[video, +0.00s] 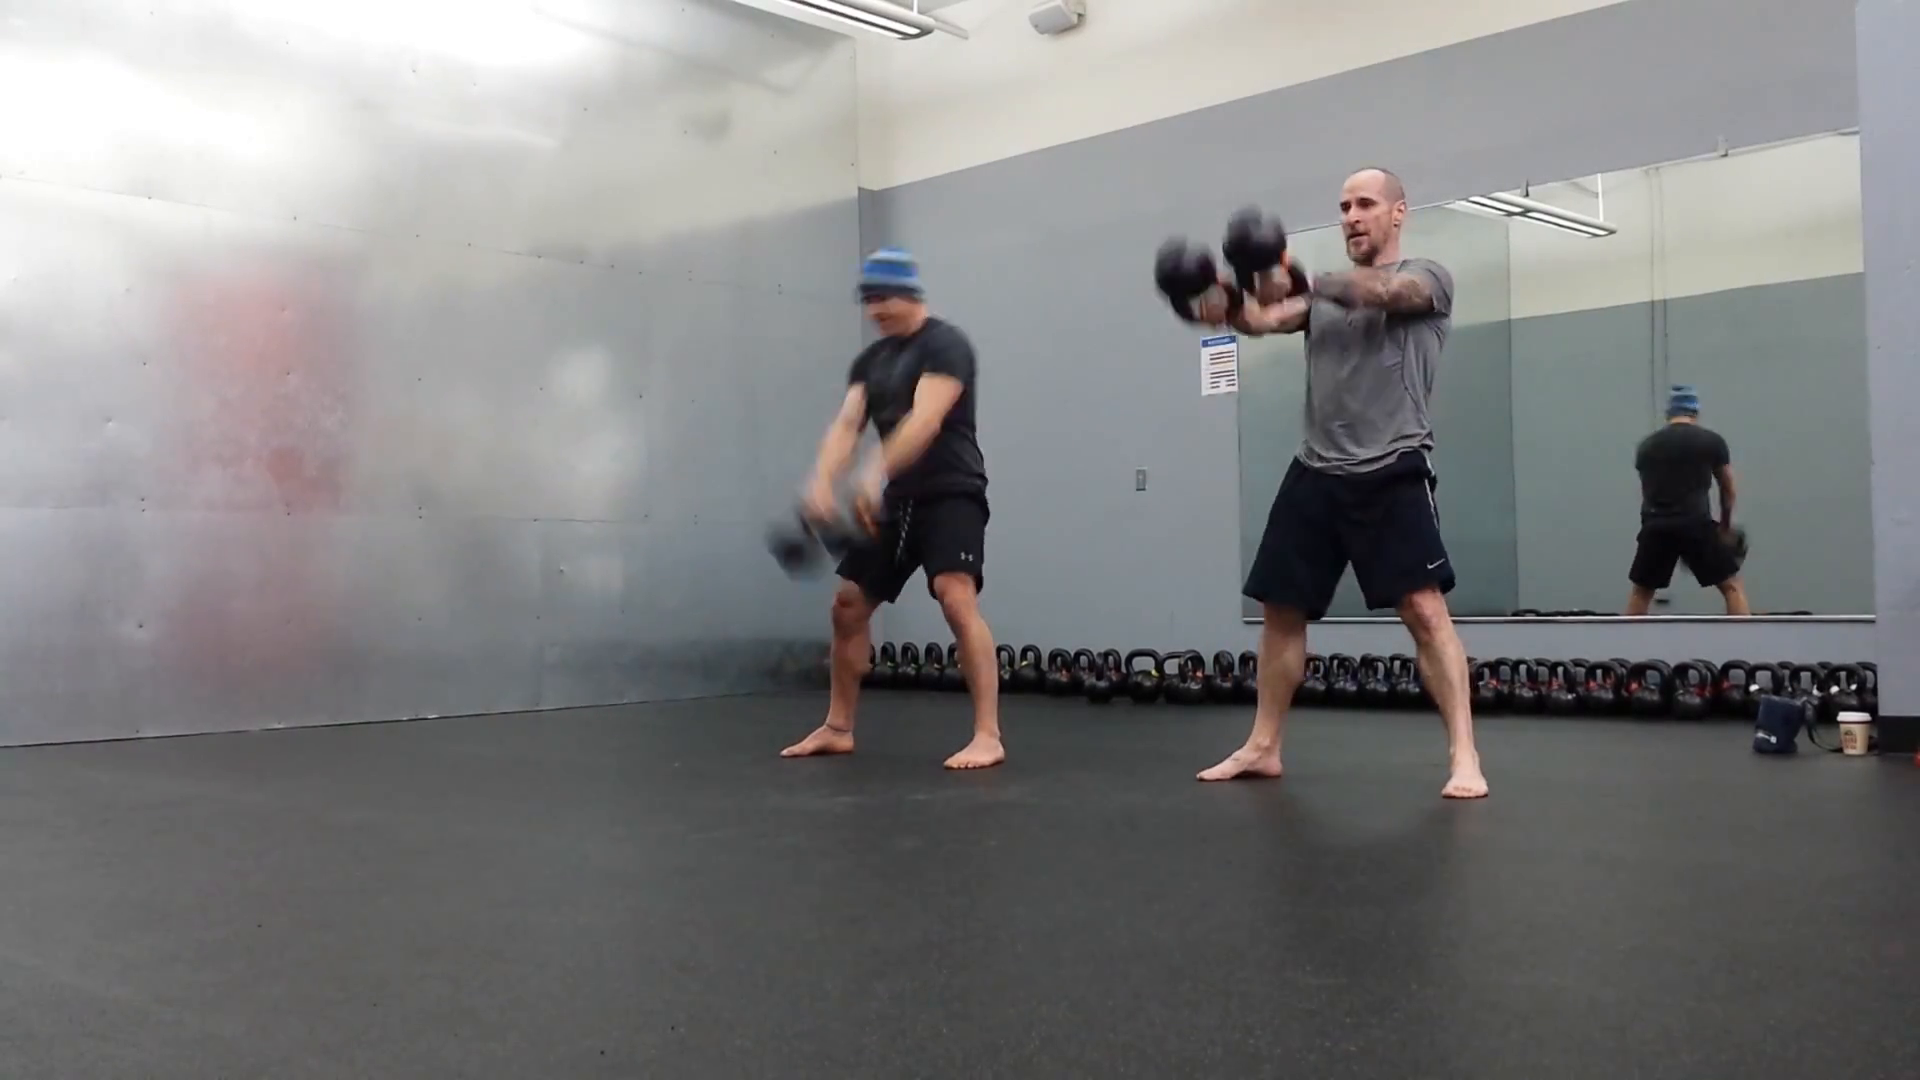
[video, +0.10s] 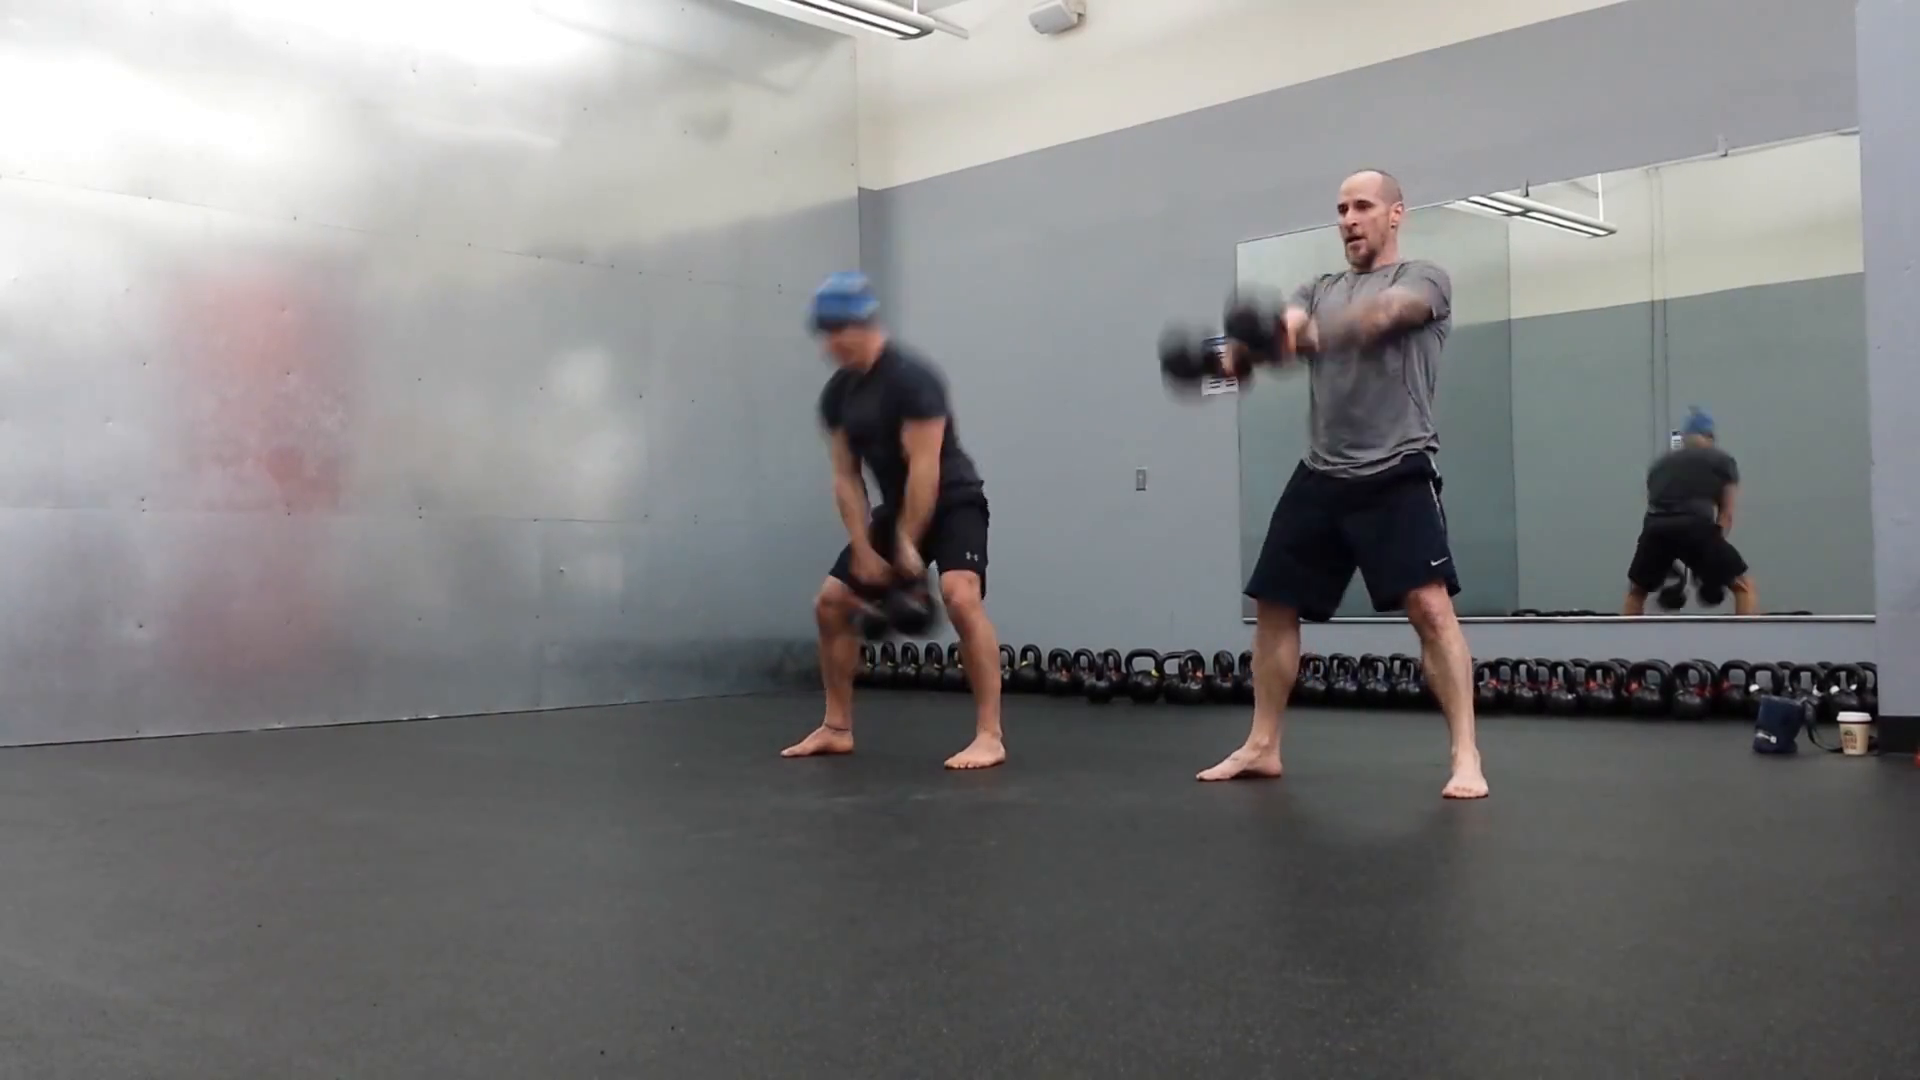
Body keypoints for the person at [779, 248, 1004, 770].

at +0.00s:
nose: (876, 309)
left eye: (885, 298)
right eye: (870, 299)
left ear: (913, 296)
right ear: (866, 303)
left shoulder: (947, 345)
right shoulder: (871, 359)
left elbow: (923, 421)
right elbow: (846, 425)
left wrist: (874, 475)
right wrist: (821, 482)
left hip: (951, 497)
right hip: (896, 500)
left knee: (955, 597)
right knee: (848, 606)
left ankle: (988, 736)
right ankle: (838, 727)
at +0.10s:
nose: (832, 341)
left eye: (840, 328)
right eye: (826, 331)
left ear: (868, 323)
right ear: (823, 335)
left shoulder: (915, 378)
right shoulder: (837, 394)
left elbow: (925, 469)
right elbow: (846, 477)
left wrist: (907, 539)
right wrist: (862, 546)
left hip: (954, 501)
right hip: (898, 507)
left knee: (960, 597)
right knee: (831, 605)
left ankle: (990, 735)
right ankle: (837, 726)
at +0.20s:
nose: (789, 409)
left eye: (797, 395)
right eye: (783, 398)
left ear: (825, 389)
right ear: (782, 402)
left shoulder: (884, 435)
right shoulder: (810, 455)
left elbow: (929, 518)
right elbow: (853, 530)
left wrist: (936, 584)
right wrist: (898, 587)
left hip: (952, 529)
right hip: (891, 539)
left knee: (962, 602)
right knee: (816, 609)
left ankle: (991, 737)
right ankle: (835, 728)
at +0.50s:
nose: (819, 331)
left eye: (831, 321)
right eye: (820, 322)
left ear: (861, 330)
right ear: (827, 334)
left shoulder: (902, 396)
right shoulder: (829, 407)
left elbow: (917, 486)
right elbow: (845, 489)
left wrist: (910, 556)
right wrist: (868, 555)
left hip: (943, 517)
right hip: (882, 522)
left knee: (949, 602)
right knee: (816, 607)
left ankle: (989, 735)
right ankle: (835, 726)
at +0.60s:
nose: (871, 293)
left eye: (882, 284)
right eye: (868, 285)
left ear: (911, 292)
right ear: (866, 296)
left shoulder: (935, 348)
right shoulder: (864, 361)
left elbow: (911, 428)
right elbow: (844, 431)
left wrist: (873, 493)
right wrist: (831, 497)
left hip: (944, 496)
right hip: (893, 500)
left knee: (952, 598)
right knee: (838, 607)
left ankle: (988, 735)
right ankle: (837, 726)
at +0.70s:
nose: (900, 293)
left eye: (909, 283)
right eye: (896, 285)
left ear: (939, 288)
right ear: (897, 294)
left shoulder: (968, 333)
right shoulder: (893, 347)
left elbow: (923, 386)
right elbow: (853, 391)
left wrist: (858, 401)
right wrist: (810, 416)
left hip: (937, 489)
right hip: (884, 488)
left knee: (951, 600)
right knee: (851, 605)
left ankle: (985, 735)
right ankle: (838, 726)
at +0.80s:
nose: (898, 293)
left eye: (908, 283)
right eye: (895, 285)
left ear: (937, 290)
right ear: (897, 296)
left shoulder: (969, 340)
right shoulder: (891, 360)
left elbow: (935, 375)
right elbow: (831, 399)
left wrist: (864, 339)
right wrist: (804, 360)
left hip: (927, 491)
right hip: (872, 491)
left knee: (946, 600)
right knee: (854, 609)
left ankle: (987, 735)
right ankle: (838, 727)